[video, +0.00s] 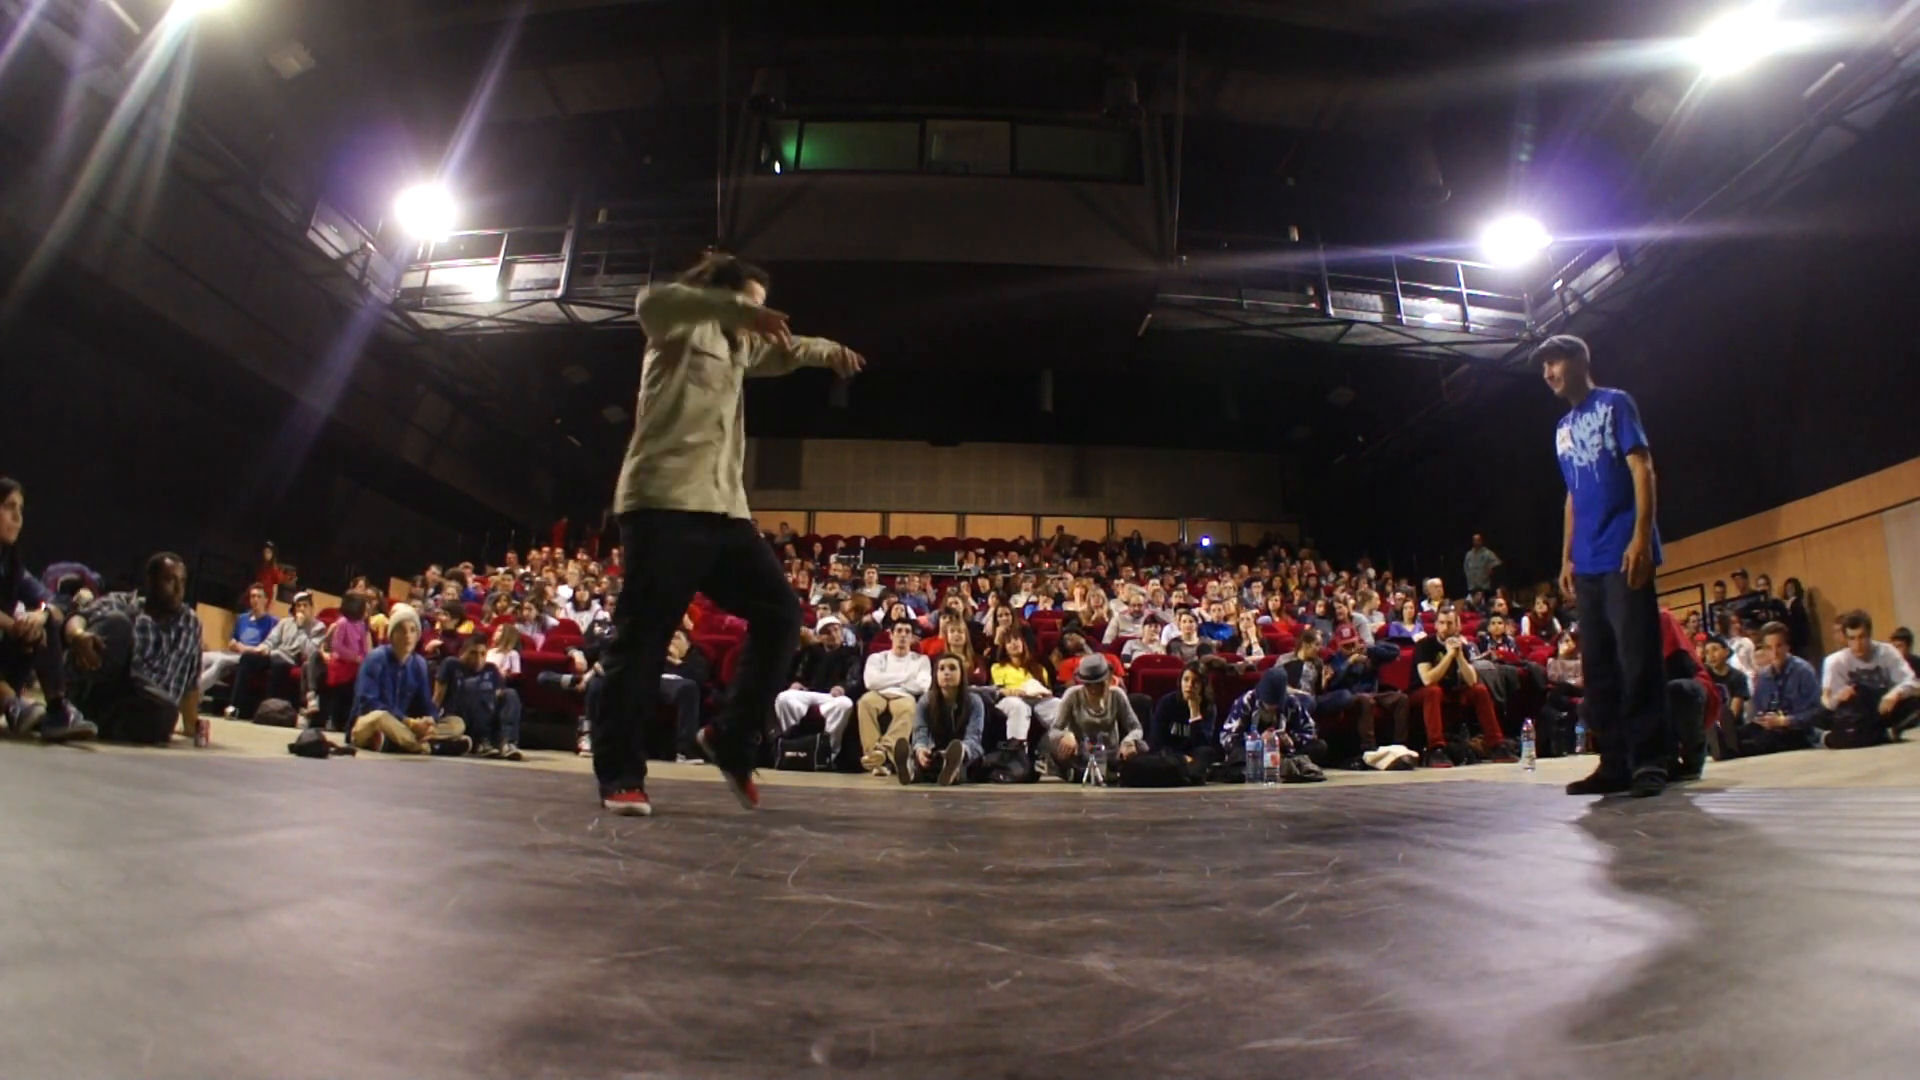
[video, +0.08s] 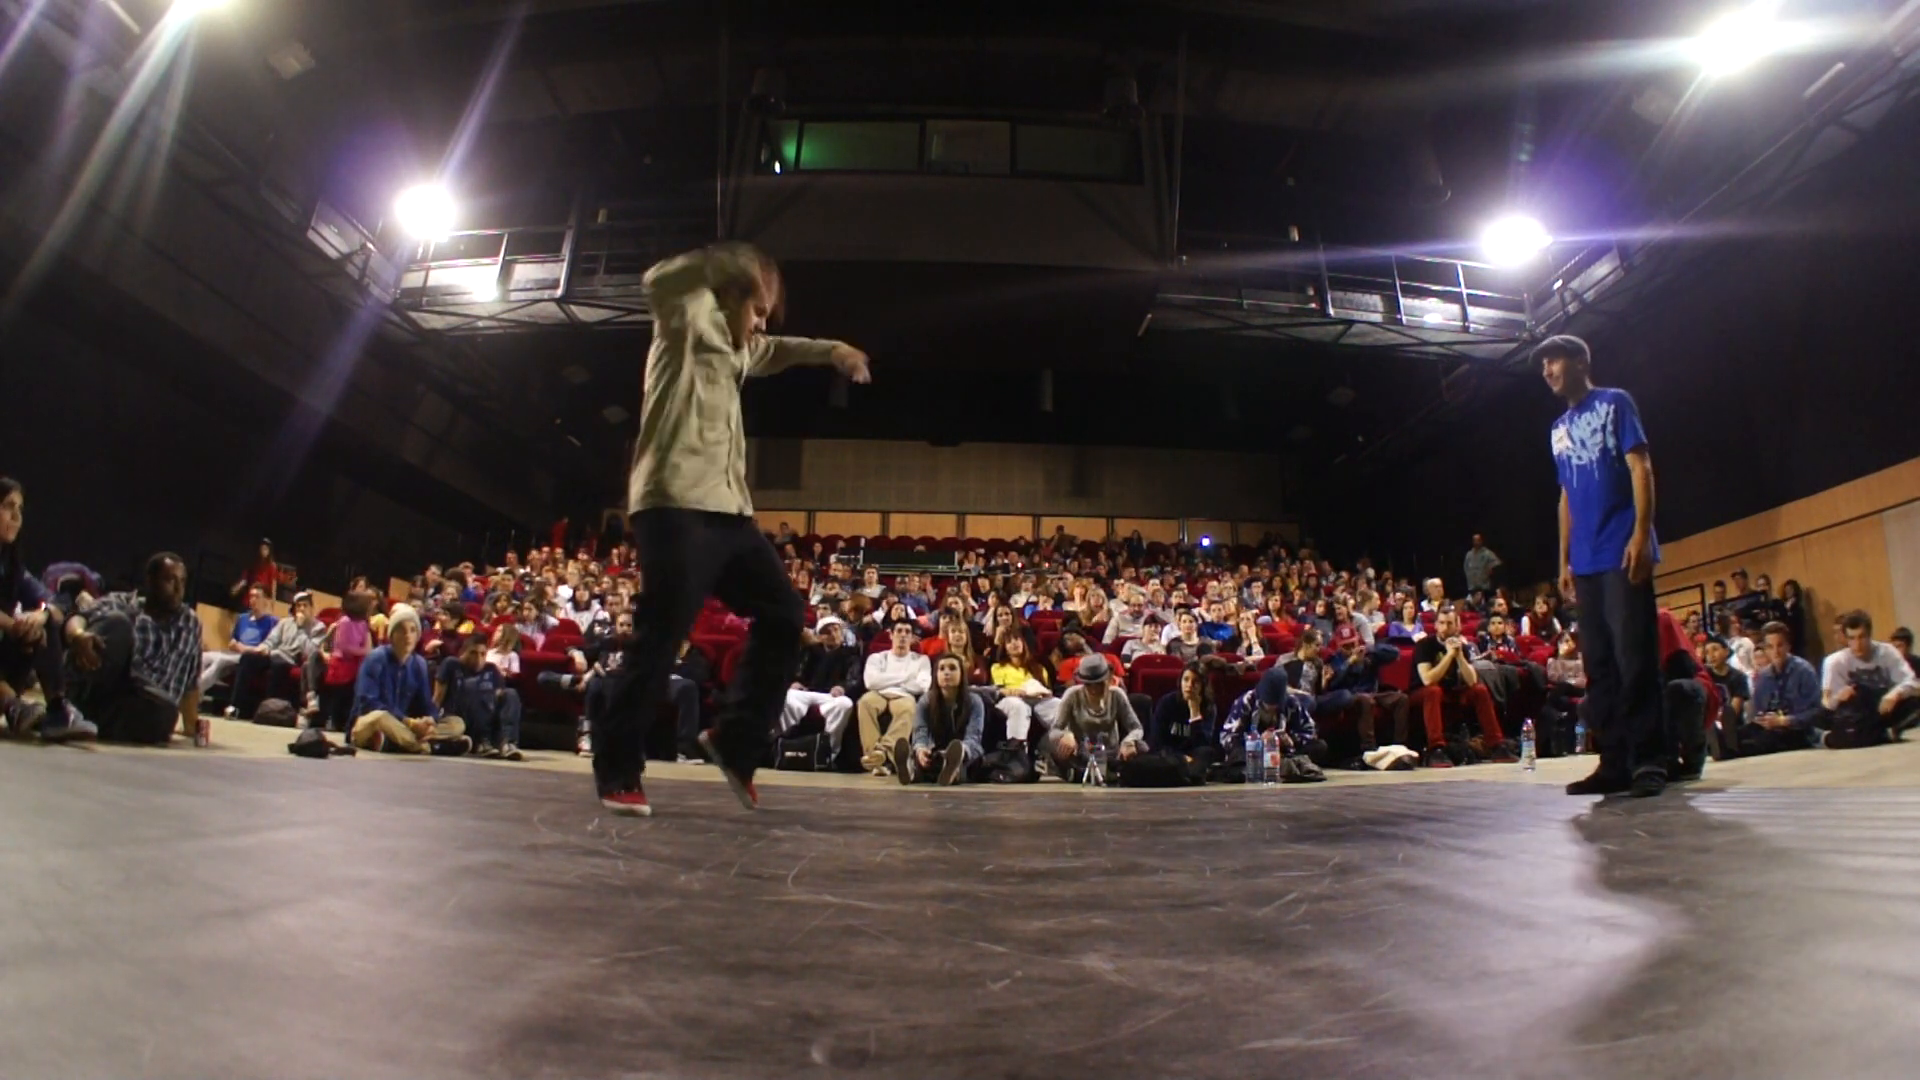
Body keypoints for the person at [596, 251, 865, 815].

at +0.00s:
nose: (759, 316)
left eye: (762, 309)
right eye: (753, 305)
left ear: (756, 310)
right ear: (723, 292)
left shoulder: (741, 346)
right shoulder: (675, 321)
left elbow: (787, 350)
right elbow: (653, 300)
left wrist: (833, 351)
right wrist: (739, 310)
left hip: (723, 510)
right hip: (663, 504)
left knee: (780, 616)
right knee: (640, 642)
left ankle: (734, 739)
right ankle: (619, 773)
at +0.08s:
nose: (761, 322)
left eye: (765, 314)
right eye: (757, 309)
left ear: (755, 312)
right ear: (729, 296)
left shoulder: (739, 347)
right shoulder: (687, 321)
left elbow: (777, 349)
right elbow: (660, 283)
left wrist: (834, 350)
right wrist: (723, 261)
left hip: (730, 513)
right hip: (674, 507)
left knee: (784, 615)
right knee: (659, 640)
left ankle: (740, 740)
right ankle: (617, 764)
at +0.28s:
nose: (767, 320)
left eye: (772, 313)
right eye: (763, 307)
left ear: (763, 313)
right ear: (736, 294)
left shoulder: (748, 347)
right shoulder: (699, 317)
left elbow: (784, 346)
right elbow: (698, 261)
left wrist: (827, 349)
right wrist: (710, 198)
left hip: (732, 498)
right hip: (688, 486)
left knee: (780, 617)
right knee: (734, 604)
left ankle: (737, 742)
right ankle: (648, 737)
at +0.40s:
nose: (769, 322)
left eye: (773, 315)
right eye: (764, 308)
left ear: (764, 314)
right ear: (736, 293)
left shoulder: (744, 346)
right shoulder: (698, 309)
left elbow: (779, 338)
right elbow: (676, 256)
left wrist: (825, 321)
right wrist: (744, 206)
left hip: (734, 497)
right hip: (691, 488)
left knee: (779, 627)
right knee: (744, 613)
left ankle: (754, 750)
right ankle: (654, 738)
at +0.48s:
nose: (772, 304)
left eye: (773, 295)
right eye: (764, 290)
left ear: (760, 301)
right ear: (734, 282)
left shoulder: (752, 343)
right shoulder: (700, 304)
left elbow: (793, 336)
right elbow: (690, 254)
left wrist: (840, 312)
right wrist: (752, 195)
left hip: (733, 496)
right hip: (684, 484)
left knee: (778, 620)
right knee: (730, 605)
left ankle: (762, 749)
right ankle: (645, 738)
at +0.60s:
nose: (776, 278)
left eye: (776, 271)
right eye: (766, 269)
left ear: (766, 283)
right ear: (736, 273)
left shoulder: (768, 338)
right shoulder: (712, 302)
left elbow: (803, 335)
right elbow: (711, 241)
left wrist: (847, 305)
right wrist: (761, 173)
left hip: (722, 497)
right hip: (673, 481)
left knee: (761, 623)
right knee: (715, 601)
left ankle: (757, 751)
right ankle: (646, 741)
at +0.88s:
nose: (779, 348)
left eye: (788, 341)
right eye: (776, 334)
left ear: (791, 336)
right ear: (755, 310)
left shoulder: (771, 361)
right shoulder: (710, 321)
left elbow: (808, 370)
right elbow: (692, 279)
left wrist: (860, 358)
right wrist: (765, 253)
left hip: (721, 501)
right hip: (671, 486)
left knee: (751, 625)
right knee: (712, 612)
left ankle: (768, 747)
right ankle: (641, 741)